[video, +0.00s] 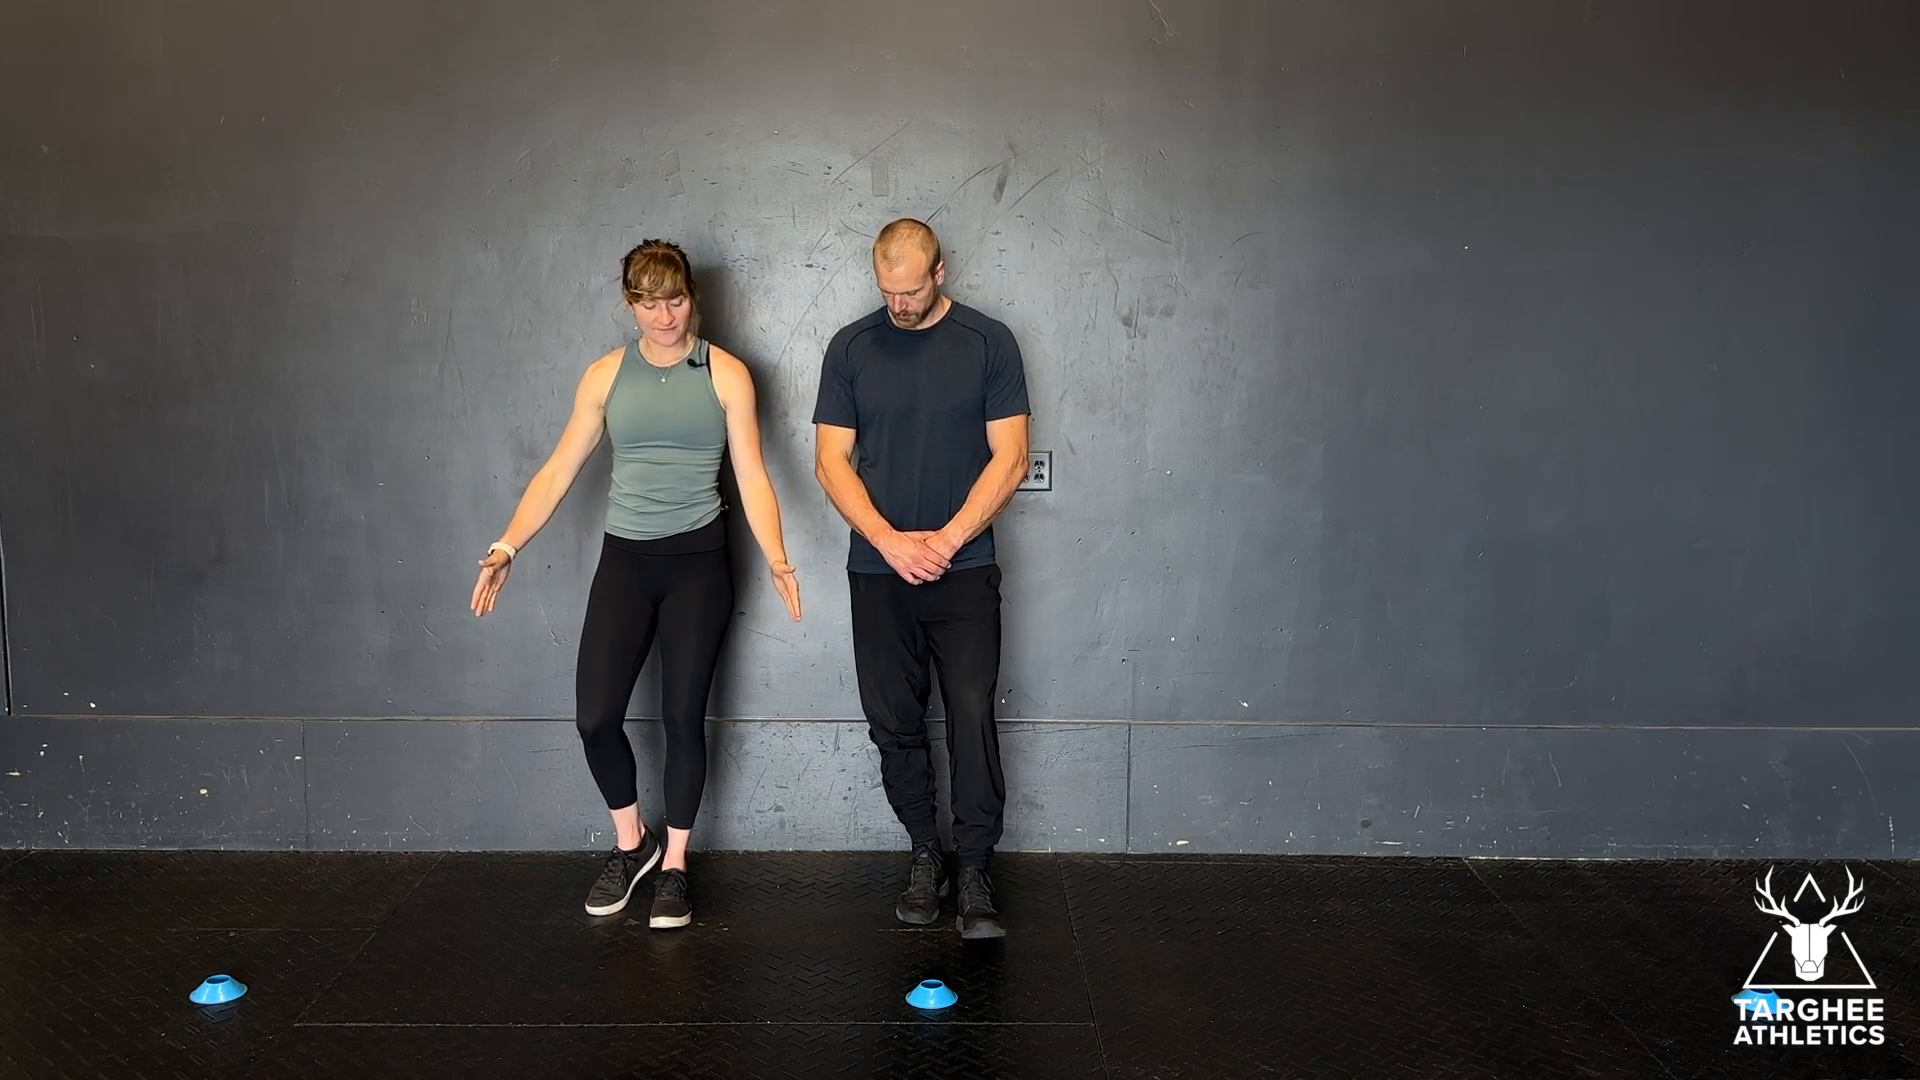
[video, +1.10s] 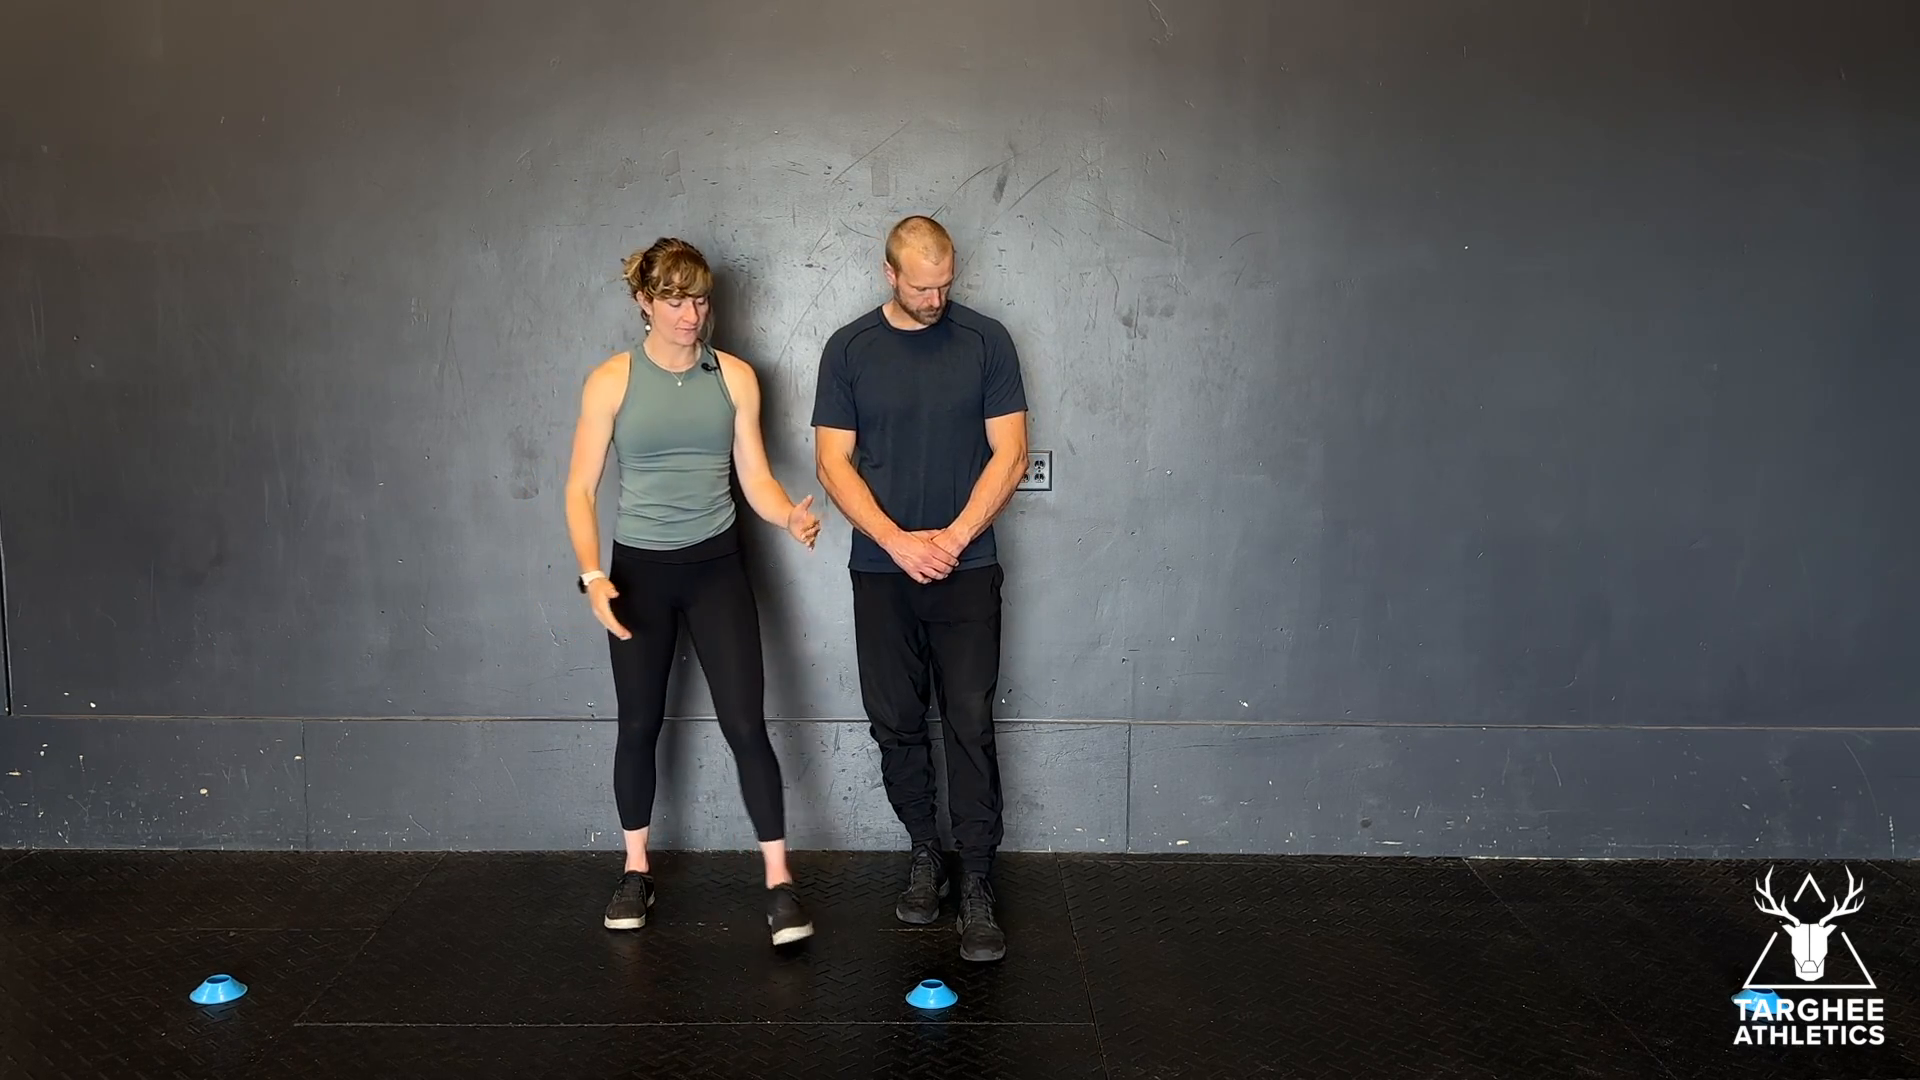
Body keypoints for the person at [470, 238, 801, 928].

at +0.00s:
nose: (667, 314)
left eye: (676, 299)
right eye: (652, 303)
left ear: (691, 299)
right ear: (631, 307)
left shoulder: (726, 375)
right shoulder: (607, 375)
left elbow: (751, 475)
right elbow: (559, 470)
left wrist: (778, 559)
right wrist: (504, 549)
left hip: (700, 561)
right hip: (624, 561)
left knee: (683, 715)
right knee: (596, 716)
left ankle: (674, 868)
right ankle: (634, 848)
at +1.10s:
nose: (690, 311)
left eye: (698, 297)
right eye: (674, 298)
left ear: (708, 300)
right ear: (645, 303)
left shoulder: (735, 378)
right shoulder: (611, 381)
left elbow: (755, 474)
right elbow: (581, 486)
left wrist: (788, 515)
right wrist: (592, 573)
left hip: (718, 568)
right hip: (639, 573)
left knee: (745, 724)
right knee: (639, 724)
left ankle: (780, 882)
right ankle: (636, 872)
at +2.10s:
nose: (765, 306)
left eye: (780, 293)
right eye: (755, 294)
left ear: (810, 300)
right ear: (746, 301)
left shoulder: (846, 386)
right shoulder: (720, 377)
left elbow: (859, 498)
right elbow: (686, 481)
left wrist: (880, 598)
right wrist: (662, 575)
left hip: (814, 574)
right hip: (734, 574)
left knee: (801, 732)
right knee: (738, 726)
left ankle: (797, 889)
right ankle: (772, 869)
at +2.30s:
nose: (751, 311)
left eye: (765, 298)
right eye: (747, 298)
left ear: (805, 302)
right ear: (746, 304)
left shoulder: (847, 388)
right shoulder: (727, 373)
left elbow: (864, 504)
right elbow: (688, 476)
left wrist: (876, 600)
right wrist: (647, 564)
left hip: (805, 574)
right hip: (725, 572)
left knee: (794, 737)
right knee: (676, 724)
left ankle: (793, 891)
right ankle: (671, 886)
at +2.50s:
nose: (735, 308)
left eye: (748, 296)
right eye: (731, 296)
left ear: (790, 299)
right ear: (734, 303)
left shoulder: (833, 388)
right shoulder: (715, 376)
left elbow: (852, 502)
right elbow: (655, 473)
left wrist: (866, 603)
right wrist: (586, 558)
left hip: (786, 574)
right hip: (710, 572)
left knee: (788, 736)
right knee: (639, 716)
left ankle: (794, 892)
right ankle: (580, 872)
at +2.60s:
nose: (723, 311)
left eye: (735, 298)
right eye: (718, 298)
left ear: (776, 300)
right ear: (720, 305)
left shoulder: (818, 389)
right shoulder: (701, 377)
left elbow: (840, 503)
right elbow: (637, 472)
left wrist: (853, 604)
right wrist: (564, 555)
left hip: (770, 575)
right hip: (693, 572)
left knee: (778, 739)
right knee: (621, 716)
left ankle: (793, 890)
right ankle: (548, 865)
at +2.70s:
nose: (699, 312)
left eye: (712, 299)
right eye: (696, 300)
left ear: (755, 303)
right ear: (699, 307)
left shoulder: (796, 391)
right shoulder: (681, 379)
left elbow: (823, 504)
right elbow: (618, 474)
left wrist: (835, 608)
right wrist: (542, 557)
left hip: (748, 578)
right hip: (671, 574)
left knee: (762, 738)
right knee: (598, 712)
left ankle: (791, 891)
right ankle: (518, 862)